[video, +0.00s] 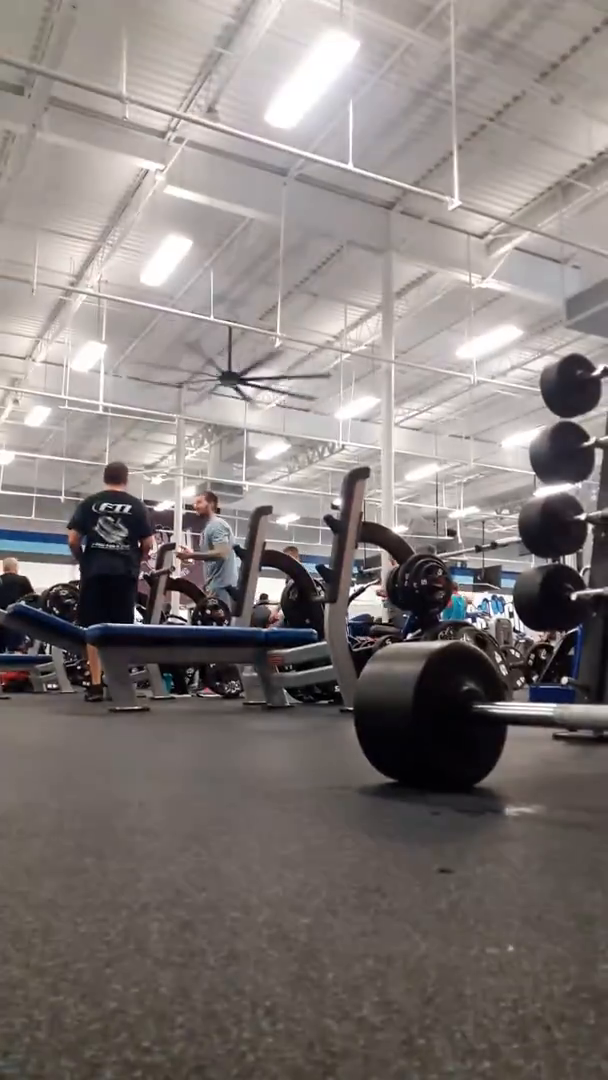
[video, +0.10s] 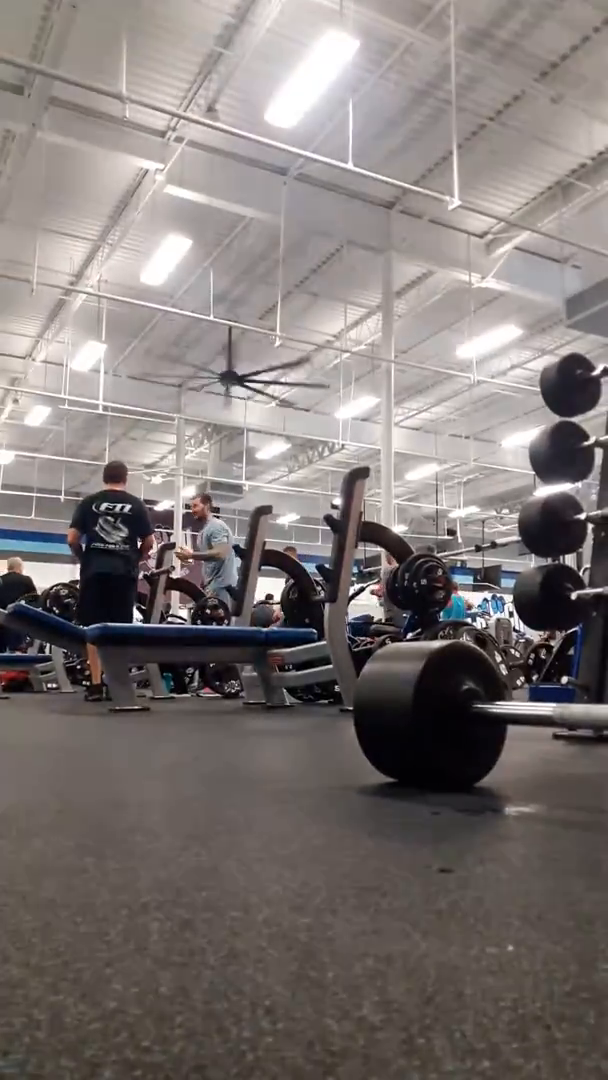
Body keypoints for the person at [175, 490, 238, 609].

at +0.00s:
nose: (195, 506)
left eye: (199, 502)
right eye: (195, 503)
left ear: (210, 504)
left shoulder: (217, 525)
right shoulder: (210, 526)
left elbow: (222, 552)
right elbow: (213, 552)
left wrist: (192, 555)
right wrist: (192, 553)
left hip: (221, 583)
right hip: (215, 581)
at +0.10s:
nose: (192, 510)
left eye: (195, 506)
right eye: (192, 507)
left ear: (206, 505)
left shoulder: (216, 526)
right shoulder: (206, 529)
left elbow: (221, 553)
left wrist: (192, 555)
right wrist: (190, 555)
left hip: (221, 583)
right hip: (211, 582)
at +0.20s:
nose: (189, 512)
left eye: (192, 507)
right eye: (187, 508)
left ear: (203, 508)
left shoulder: (216, 529)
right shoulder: (198, 535)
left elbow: (220, 554)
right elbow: (198, 563)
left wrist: (193, 564)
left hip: (222, 584)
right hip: (209, 585)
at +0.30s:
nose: (184, 512)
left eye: (188, 507)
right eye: (184, 508)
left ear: (199, 509)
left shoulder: (212, 530)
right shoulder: (195, 536)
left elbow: (219, 559)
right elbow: (199, 565)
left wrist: (196, 575)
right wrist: (188, 573)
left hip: (221, 587)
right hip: (208, 587)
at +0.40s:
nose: (180, 515)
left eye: (183, 510)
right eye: (178, 512)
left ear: (194, 510)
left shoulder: (210, 532)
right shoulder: (191, 542)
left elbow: (217, 562)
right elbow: (198, 571)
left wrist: (202, 586)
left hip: (222, 588)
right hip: (210, 588)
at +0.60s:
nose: (170, 535)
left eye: (170, 530)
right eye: (168, 531)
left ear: (179, 523)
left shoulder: (199, 540)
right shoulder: (192, 544)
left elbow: (213, 571)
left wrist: (208, 599)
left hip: (226, 583)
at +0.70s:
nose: (172, 544)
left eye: (170, 539)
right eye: (169, 541)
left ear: (175, 532)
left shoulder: (197, 546)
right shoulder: (190, 548)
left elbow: (212, 577)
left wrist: (210, 605)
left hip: (229, 584)